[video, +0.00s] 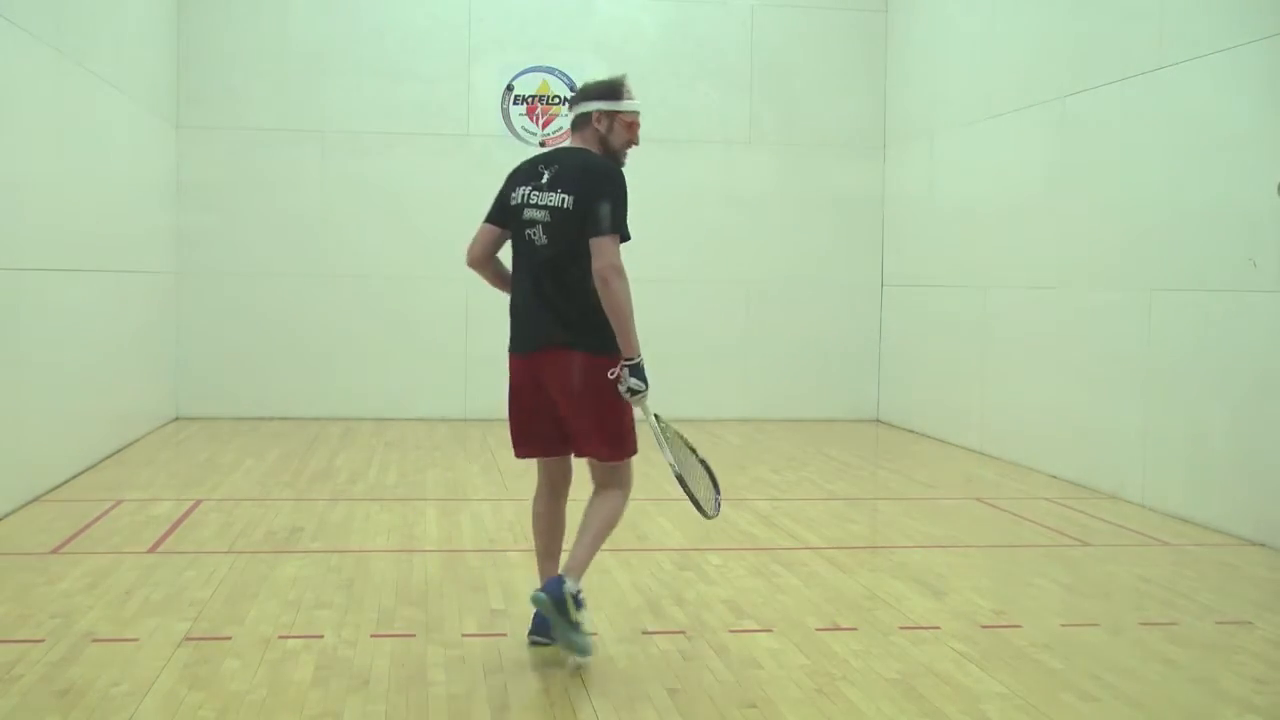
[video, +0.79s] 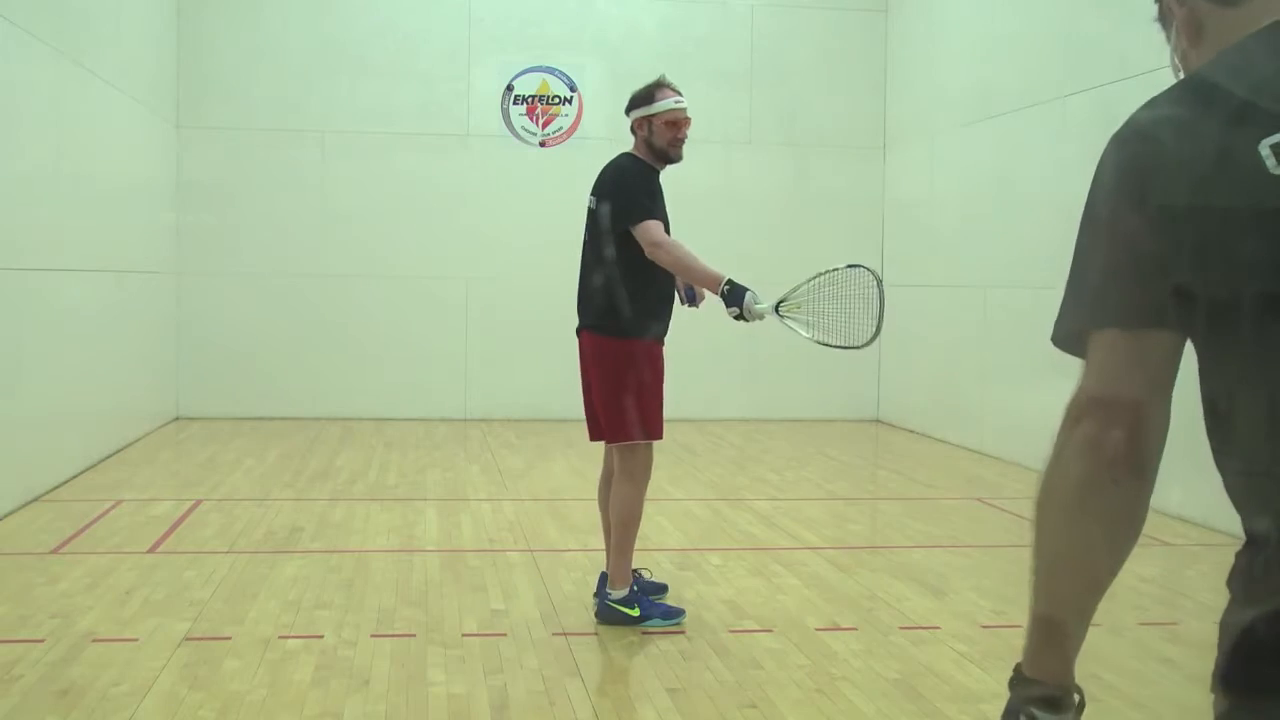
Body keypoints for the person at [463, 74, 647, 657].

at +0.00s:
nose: (635, 137)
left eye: (636, 126)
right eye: (629, 126)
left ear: (581, 125)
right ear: (599, 123)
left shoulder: (524, 173)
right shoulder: (602, 175)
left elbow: (479, 255)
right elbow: (606, 268)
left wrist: (526, 291)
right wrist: (632, 357)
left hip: (531, 355)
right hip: (586, 354)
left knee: (551, 477)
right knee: (613, 482)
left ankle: (549, 610)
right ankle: (566, 587)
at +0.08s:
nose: (644, 132)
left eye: (644, 121)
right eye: (635, 121)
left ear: (588, 124)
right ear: (600, 121)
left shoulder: (538, 168)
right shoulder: (605, 171)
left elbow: (501, 252)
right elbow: (606, 265)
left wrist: (552, 282)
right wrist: (632, 352)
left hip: (538, 353)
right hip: (592, 352)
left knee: (553, 476)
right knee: (623, 473)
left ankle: (549, 606)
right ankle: (590, 593)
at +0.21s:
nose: (655, 131)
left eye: (655, 120)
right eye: (647, 121)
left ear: (608, 122)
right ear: (612, 120)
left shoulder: (556, 167)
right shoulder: (612, 173)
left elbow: (535, 253)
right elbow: (607, 266)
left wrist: (616, 276)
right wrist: (637, 346)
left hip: (549, 348)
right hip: (603, 349)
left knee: (561, 470)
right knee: (628, 468)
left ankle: (551, 599)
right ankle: (620, 593)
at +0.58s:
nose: (676, 130)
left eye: (678, 120)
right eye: (666, 121)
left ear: (643, 127)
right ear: (635, 125)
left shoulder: (608, 171)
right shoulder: (629, 175)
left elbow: (621, 255)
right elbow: (649, 252)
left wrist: (680, 282)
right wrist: (713, 309)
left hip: (600, 338)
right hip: (623, 343)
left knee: (619, 456)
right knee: (632, 463)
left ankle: (568, 571)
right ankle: (619, 592)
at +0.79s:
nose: (683, 133)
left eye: (685, 123)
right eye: (673, 124)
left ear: (672, 127)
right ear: (641, 127)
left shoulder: (624, 174)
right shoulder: (634, 176)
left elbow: (632, 251)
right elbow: (656, 245)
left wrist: (675, 279)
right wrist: (726, 287)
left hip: (616, 338)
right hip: (625, 341)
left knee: (620, 459)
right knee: (634, 462)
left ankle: (617, 575)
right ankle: (619, 592)